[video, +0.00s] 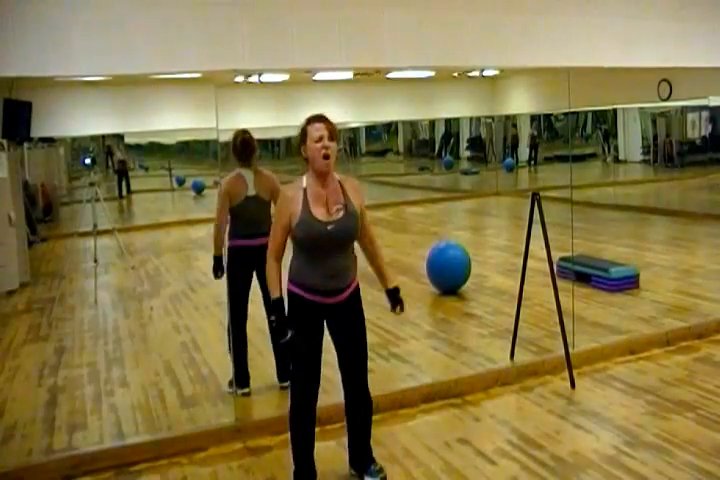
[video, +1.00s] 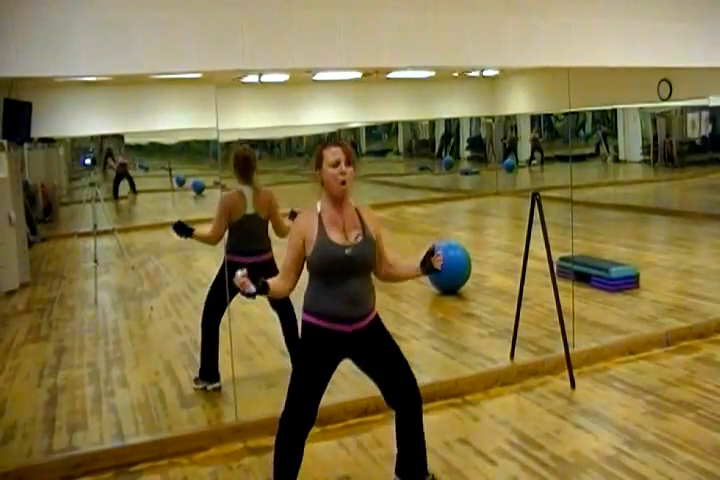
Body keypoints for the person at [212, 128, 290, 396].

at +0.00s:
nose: (242, 153)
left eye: (237, 149)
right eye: (251, 148)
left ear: (234, 153)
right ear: (255, 151)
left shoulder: (229, 183)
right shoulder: (269, 179)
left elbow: (220, 223)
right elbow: (285, 212)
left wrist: (217, 255)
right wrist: (286, 243)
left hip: (239, 253)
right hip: (266, 251)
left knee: (238, 316)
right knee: (275, 310)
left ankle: (241, 379)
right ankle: (284, 372)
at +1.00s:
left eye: (234, 165)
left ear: (234, 169)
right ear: (255, 168)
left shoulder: (229, 199)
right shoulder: (267, 196)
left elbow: (214, 237)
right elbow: (282, 231)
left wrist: (190, 232)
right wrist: (292, 219)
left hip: (233, 270)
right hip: (265, 268)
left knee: (210, 317)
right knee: (286, 312)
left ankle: (209, 376)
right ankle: (300, 367)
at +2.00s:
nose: (231, 170)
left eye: (227, 166)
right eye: (238, 165)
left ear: (221, 168)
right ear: (242, 167)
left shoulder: (216, 197)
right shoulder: (253, 194)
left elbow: (208, 232)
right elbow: (268, 226)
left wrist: (201, 263)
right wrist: (278, 255)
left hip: (223, 263)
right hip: (252, 262)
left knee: (201, 309)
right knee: (273, 302)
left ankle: (200, 364)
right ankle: (286, 347)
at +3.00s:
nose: (226, 169)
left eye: (223, 165)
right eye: (230, 164)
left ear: (217, 169)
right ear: (236, 167)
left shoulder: (212, 195)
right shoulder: (246, 192)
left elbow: (204, 232)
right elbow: (260, 225)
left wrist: (193, 260)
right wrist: (275, 249)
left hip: (217, 259)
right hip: (244, 257)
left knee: (195, 299)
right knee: (265, 294)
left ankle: (193, 354)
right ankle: (278, 342)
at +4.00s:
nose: (215, 172)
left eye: (213, 168)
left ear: (213, 170)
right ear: (231, 169)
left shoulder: (209, 195)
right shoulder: (241, 192)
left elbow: (203, 231)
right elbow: (255, 223)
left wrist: (195, 258)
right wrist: (269, 248)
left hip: (213, 254)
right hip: (240, 253)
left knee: (191, 292)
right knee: (259, 287)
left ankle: (192, 343)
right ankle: (269, 331)